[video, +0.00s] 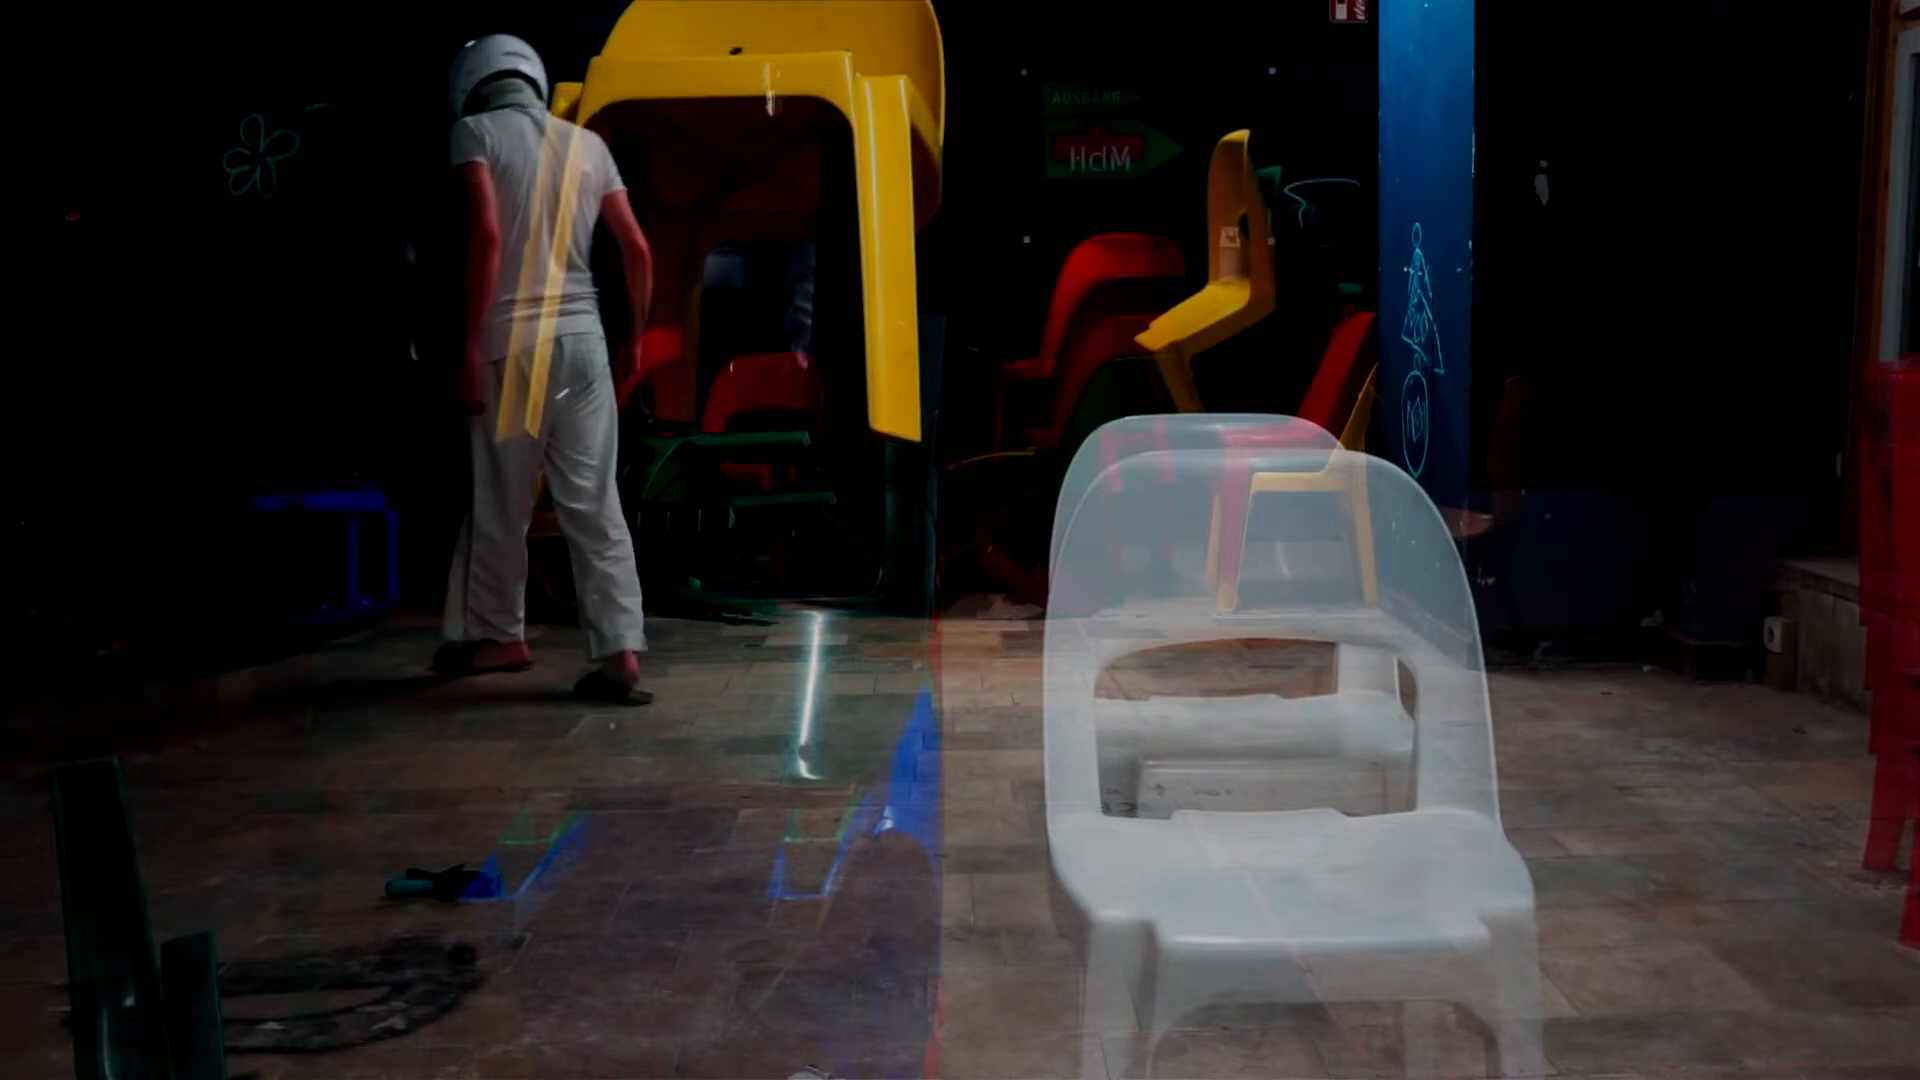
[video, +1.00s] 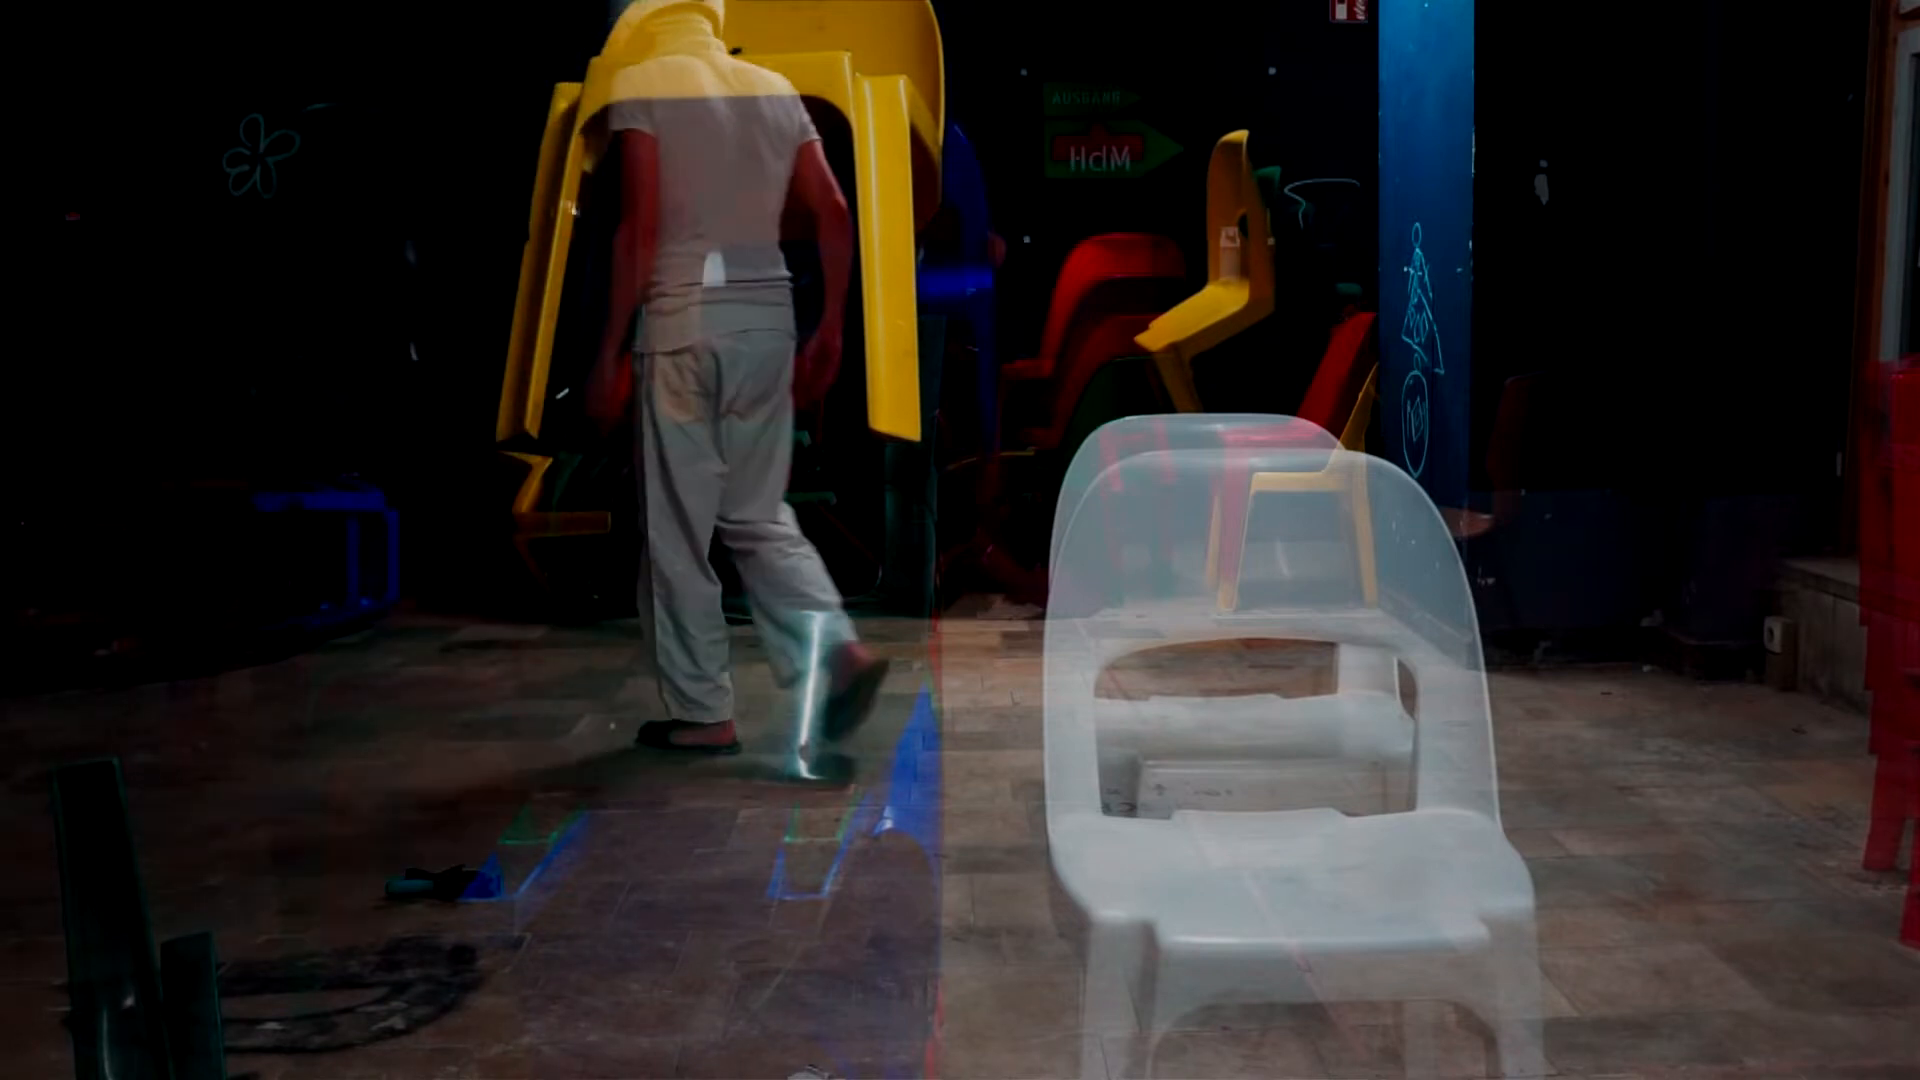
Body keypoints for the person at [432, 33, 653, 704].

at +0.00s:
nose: (464, 101)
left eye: (465, 89)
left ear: (474, 85)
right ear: (536, 85)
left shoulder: (475, 132)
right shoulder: (586, 143)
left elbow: (488, 232)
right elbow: (636, 248)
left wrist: (474, 343)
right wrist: (635, 337)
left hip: (509, 342)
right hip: (583, 337)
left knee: (502, 499)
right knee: (593, 498)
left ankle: (501, 638)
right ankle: (622, 653)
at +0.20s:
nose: (508, 81)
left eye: (508, 68)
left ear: (514, 67)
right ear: (580, 65)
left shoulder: (511, 117)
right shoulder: (625, 128)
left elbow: (527, 209)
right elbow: (672, 238)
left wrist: (527, 326)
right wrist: (664, 322)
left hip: (545, 334)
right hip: (617, 332)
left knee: (514, 496)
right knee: (616, 498)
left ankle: (542, 654)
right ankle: (630, 664)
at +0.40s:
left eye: (539, 65)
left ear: (541, 61)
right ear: (610, 58)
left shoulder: (534, 116)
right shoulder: (656, 126)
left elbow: (539, 227)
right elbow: (705, 252)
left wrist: (523, 336)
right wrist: (704, 344)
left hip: (571, 338)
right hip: (648, 334)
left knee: (562, 498)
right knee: (633, 499)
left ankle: (635, 631)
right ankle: (626, 665)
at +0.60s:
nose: (565, 77)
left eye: (564, 64)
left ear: (573, 58)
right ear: (635, 53)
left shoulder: (565, 117)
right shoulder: (689, 122)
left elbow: (545, 239)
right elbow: (741, 238)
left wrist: (512, 337)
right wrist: (745, 336)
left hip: (604, 335)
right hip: (682, 333)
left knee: (637, 511)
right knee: (656, 509)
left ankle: (699, 698)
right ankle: (615, 667)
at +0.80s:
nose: (599, 64)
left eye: (601, 53)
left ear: (613, 45)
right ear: (672, 42)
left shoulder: (603, 94)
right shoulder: (730, 97)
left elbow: (582, 224)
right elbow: (783, 215)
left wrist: (546, 298)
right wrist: (782, 322)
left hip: (646, 318)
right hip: (725, 314)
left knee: (663, 513)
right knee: (705, 509)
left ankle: (693, 710)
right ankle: (711, 688)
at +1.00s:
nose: (626, 57)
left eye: (632, 46)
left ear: (646, 38)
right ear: (709, 32)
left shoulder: (639, 89)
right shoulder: (775, 91)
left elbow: (641, 226)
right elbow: (835, 214)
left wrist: (613, 350)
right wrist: (831, 325)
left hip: (681, 322)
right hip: (770, 316)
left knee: (678, 527)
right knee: (758, 511)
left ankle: (702, 713)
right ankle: (836, 649)